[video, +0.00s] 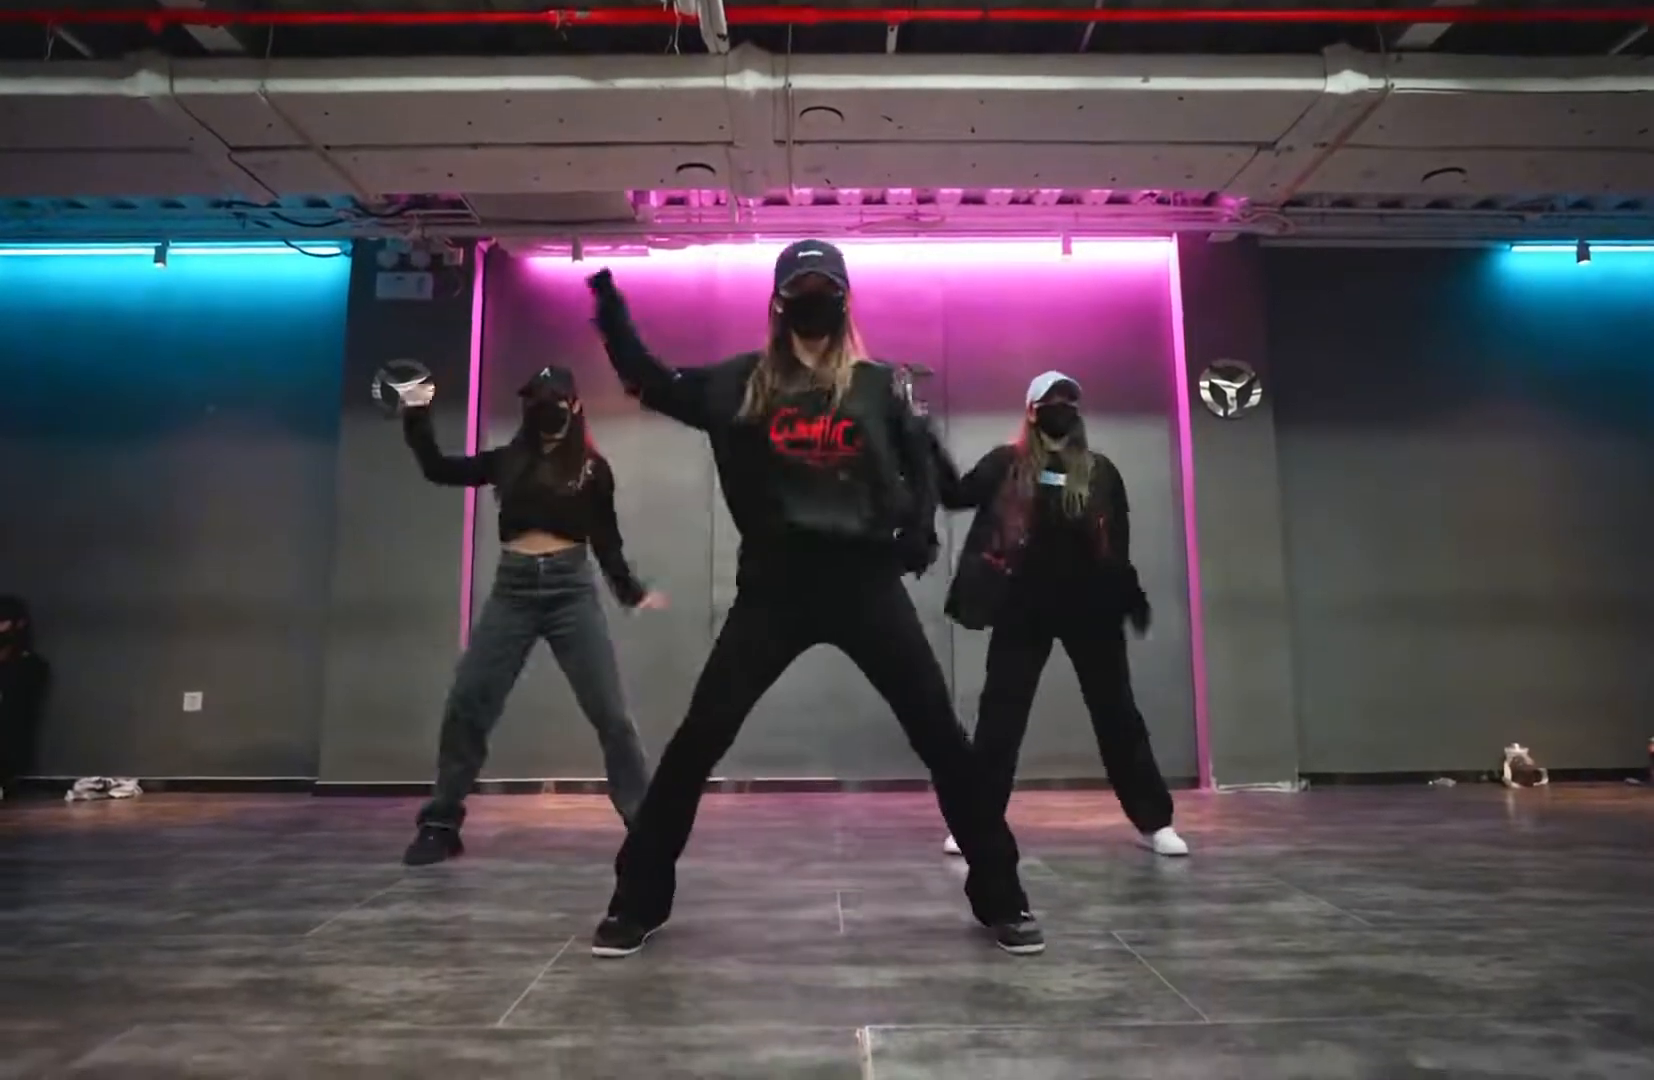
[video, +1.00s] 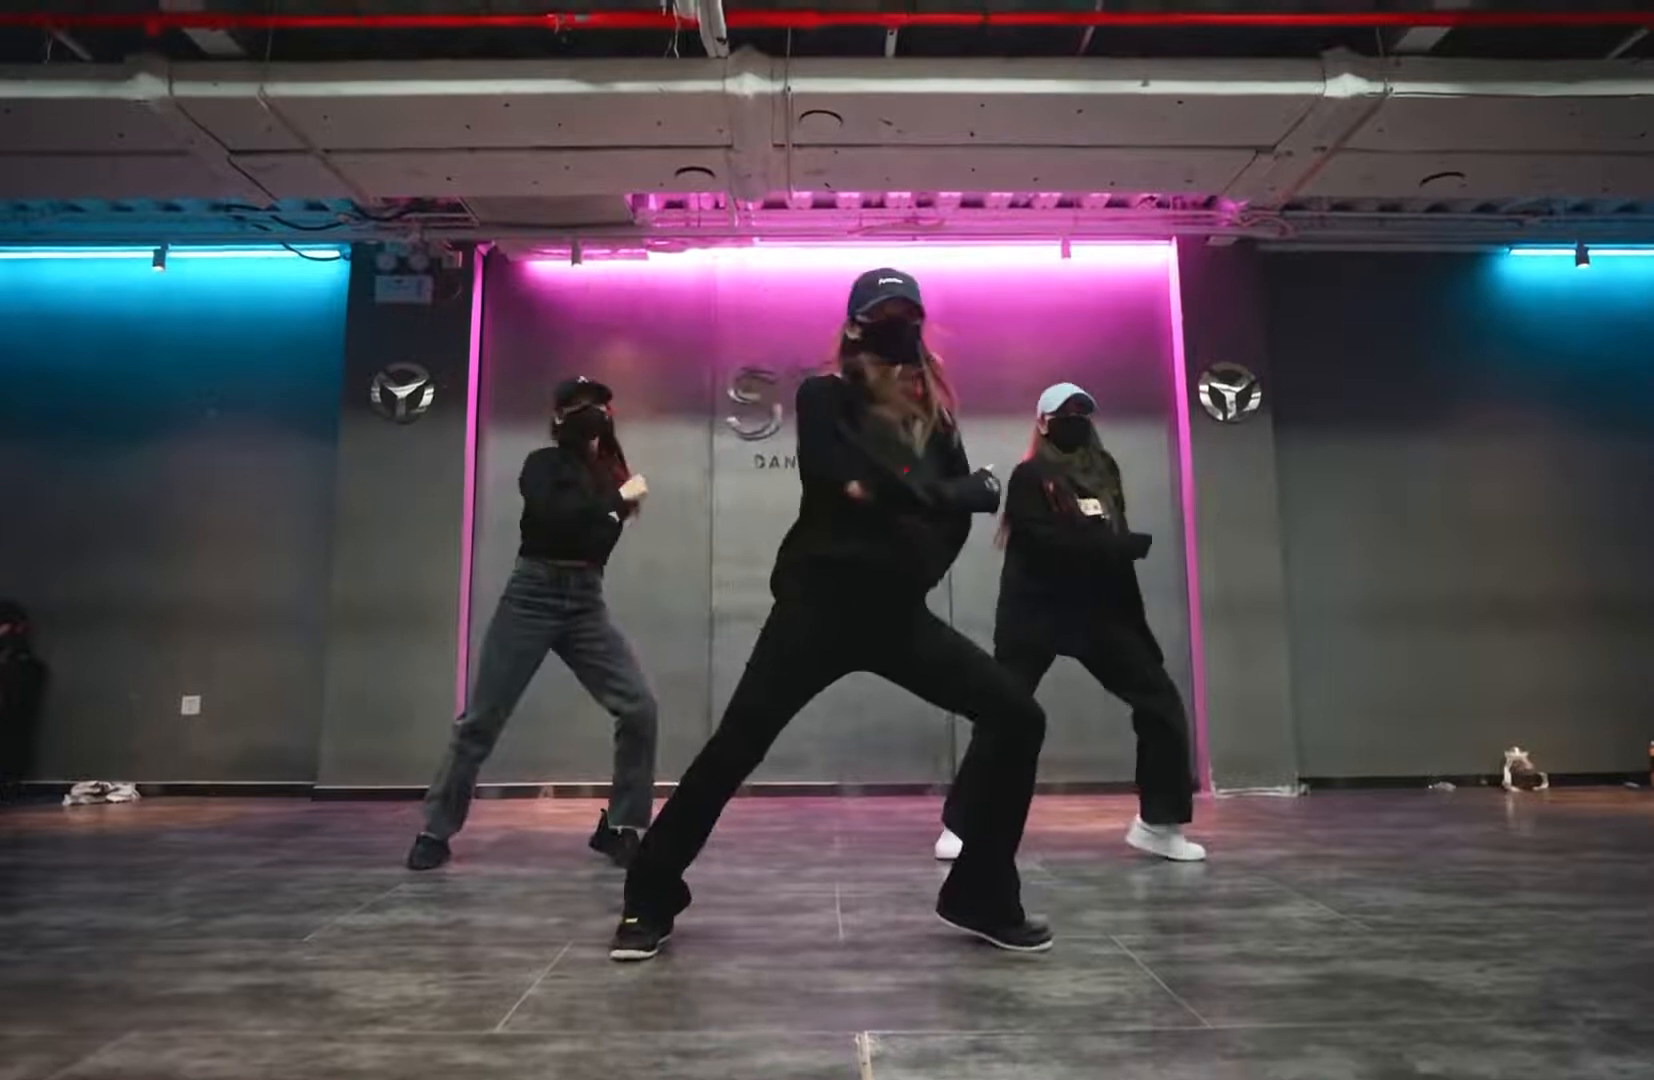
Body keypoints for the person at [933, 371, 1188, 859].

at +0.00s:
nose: (1063, 411)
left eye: (1069, 403)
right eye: (1053, 404)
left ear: (1079, 410)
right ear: (1034, 411)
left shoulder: (1100, 471)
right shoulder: (1007, 462)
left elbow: (1117, 546)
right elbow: (956, 494)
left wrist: (1132, 596)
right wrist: (921, 437)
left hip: (1091, 610)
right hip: (1023, 611)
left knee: (1117, 714)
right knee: (1000, 721)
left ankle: (1157, 823)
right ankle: (972, 830)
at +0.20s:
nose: (1068, 436)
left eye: (1073, 427)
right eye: (1056, 428)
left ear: (1082, 429)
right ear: (1034, 434)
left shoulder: (1104, 485)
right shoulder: (1003, 486)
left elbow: (1136, 514)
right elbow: (950, 513)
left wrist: (1155, 502)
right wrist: (963, 486)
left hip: (1088, 622)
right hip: (1020, 622)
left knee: (1137, 715)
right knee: (1001, 710)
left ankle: (1165, 820)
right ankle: (956, 812)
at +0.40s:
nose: (1060, 481)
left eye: (1067, 470)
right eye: (1049, 471)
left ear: (1079, 471)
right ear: (1032, 471)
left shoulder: (1103, 524)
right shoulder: (1013, 525)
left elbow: (1125, 588)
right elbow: (983, 590)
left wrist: (1140, 644)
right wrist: (981, 650)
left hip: (1090, 646)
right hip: (1025, 648)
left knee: (1137, 732)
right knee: (1014, 733)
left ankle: (1154, 820)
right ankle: (961, 821)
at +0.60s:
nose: (1107, 424)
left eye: (1106, 417)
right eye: (1097, 416)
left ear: (1088, 424)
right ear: (1067, 422)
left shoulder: (1109, 481)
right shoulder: (1038, 479)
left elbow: (1131, 560)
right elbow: (1054, 550)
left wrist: (1149, 629)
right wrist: (1136, 550)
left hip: (1103, 615)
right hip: (1040, 613)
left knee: (1169, 700)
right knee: (1004, 708)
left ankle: (1157, 818)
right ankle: (959, 822)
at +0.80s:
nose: (1111, 430)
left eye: (1112, 423)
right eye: (1105, 422)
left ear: (1084, 422)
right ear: (1078, 422)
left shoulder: (1095, 471)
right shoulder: (1046, 470)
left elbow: (1115, 539)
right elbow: (1056, 544)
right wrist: (1137, 542)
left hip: (1095, 619)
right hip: (1039, 619)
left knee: (1166, 698)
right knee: (1006, 711)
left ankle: (1157, 819)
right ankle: (960, 822)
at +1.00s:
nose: (1078, 424)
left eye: (1083, 416)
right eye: (1067, 416)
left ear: (1093, 422)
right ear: (1045, 424)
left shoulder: (1104, 473)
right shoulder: (1029, 477)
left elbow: (1118, 544)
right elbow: (1037, 540)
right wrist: (1113, 540)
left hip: (1098, 619)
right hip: (1032, 620)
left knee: (1160, 701)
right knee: (1002, 714)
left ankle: (1158, 823)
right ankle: (959, 826)